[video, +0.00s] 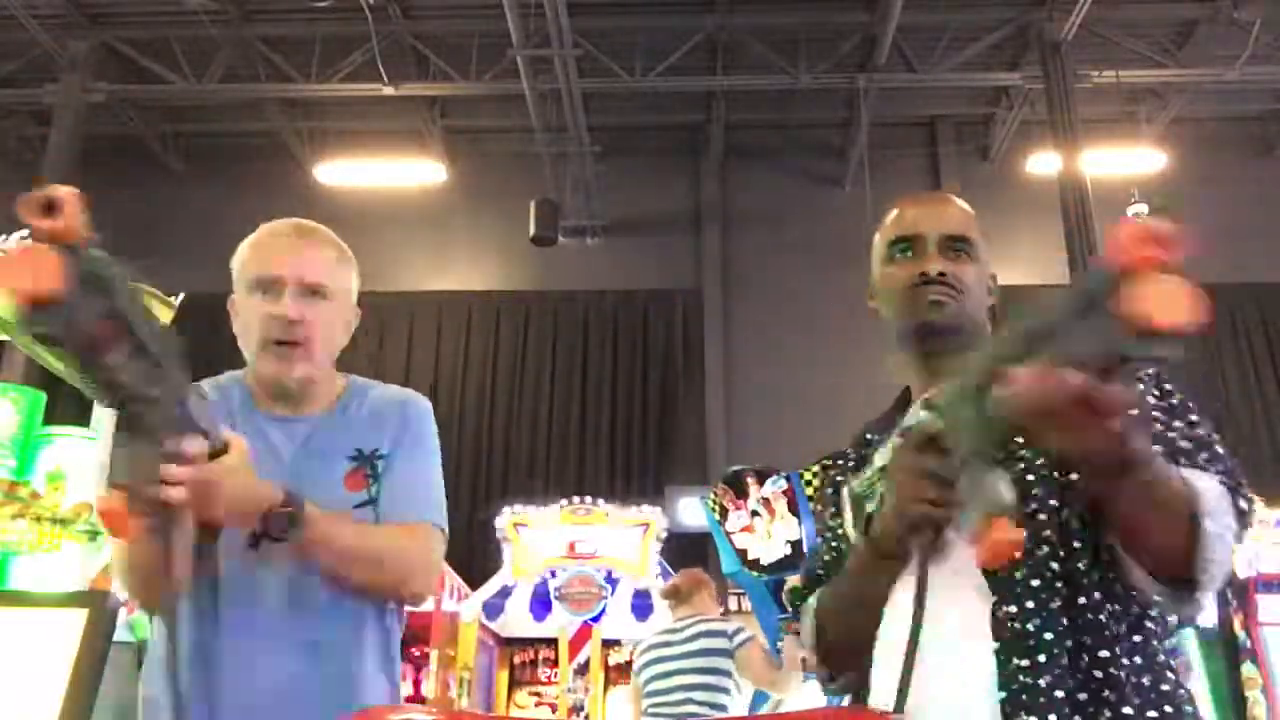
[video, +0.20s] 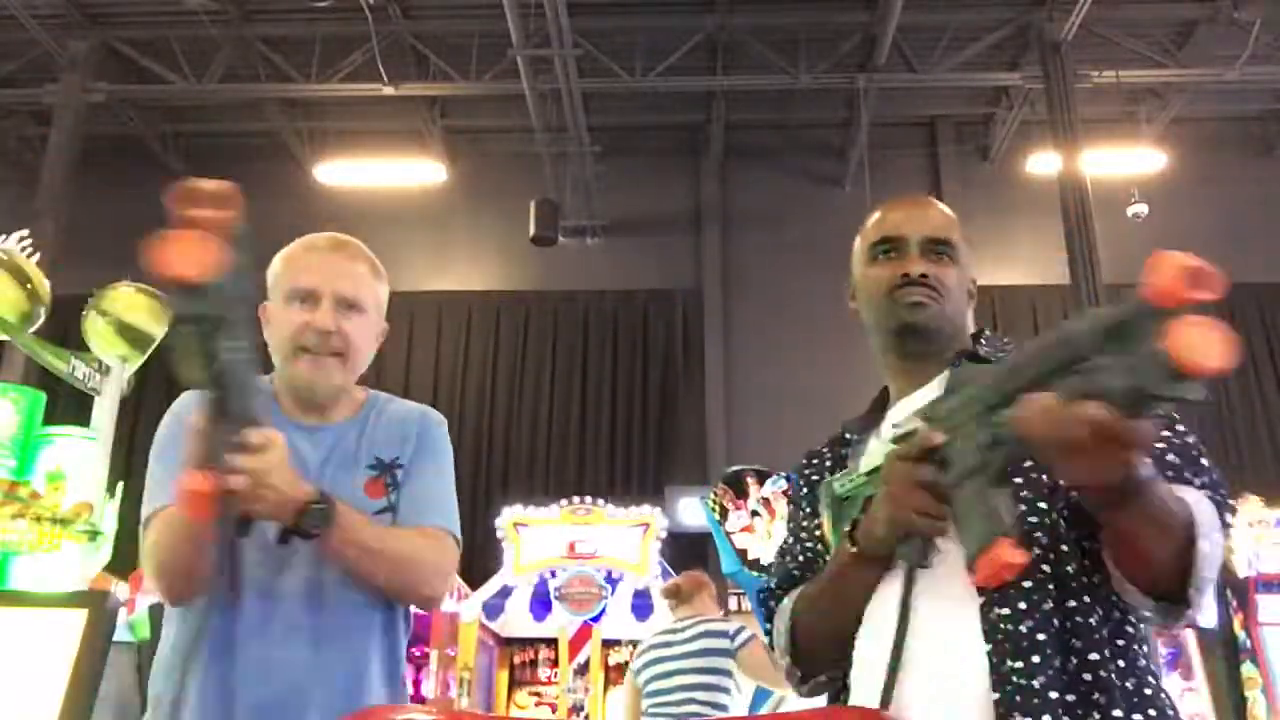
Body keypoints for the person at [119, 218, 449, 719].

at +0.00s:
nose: (288, 312)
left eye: (313, 294)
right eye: (267, 291)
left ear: (352, 319)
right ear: (235, 314)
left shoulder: (400, 418)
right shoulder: (184, 415)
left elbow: (416, 569)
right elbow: (152, 592)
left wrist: (266, 509)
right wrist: (160, 500)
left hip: (345, 709)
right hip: (196, 709)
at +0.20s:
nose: (324, 322)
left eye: (349, 306)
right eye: (304, 300)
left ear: (379, 335)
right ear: (265, 318)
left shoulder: (416, 431)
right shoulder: (200, 416)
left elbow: (431, 577)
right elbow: (173, 583)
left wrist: (300, 505)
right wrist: (204, 477)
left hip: (353, 709)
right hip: (205, 707)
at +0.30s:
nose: (335, 329)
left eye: (358, 315)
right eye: (316, 307)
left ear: (383, 335)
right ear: (277, 323)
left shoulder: (420, 439)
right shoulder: (213, 419)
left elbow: (450, 582)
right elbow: (203, 574)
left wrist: (358, 525)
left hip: (363, 709)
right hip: (213, 708)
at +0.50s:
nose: (315, 326)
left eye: (341, 309)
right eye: (295, 304)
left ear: (374, 333)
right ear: (260, 319)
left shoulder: (409, 429)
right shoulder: (194, 422)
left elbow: (435, 573)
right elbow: (182, 583)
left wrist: (316, 517)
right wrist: (234, 512)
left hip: (356, 707)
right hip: (203, 708)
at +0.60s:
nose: (288, 321)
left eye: (315, 303)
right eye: (270, 298)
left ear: (357, 326)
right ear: (241, 310)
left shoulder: (398, 421)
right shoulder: (185, 414)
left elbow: (413, 564)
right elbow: (151, 582)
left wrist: (268, 486)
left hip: (343, 709)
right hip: (188, 709)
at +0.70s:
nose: (280, 320)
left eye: (307, 301)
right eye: (260, 297)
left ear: (348, 322)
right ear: (232, 311)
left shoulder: (395, 419)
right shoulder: (179, 418)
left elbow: (394, 569)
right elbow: (121, 593)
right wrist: (132, 481)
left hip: (338, 708)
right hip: (191, 706)